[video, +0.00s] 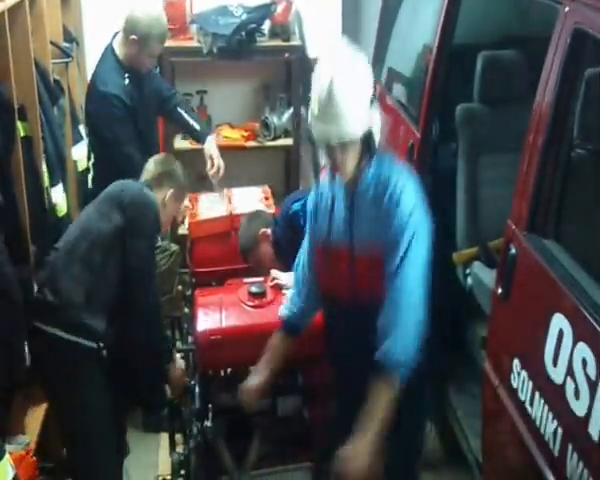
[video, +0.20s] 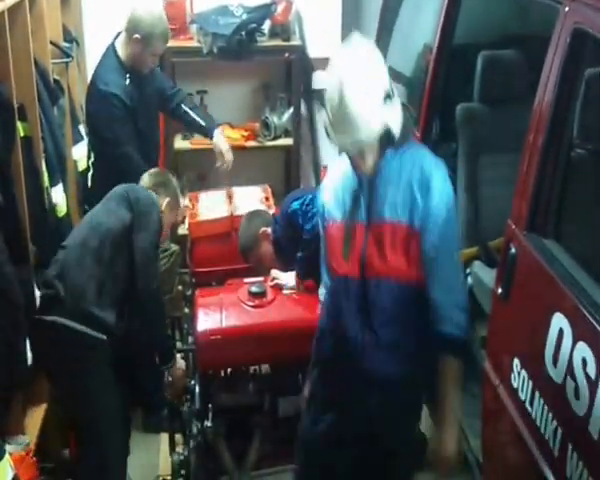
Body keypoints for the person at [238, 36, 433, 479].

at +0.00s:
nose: (334, 152)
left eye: (343, 139)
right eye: (326, 139)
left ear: (367, 130)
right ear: (317, 135)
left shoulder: (399, 191)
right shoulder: (325, 190)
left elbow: (406, 312)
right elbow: (304, 290)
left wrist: (367, 433)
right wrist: (264, 368)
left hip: (395, 348)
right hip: (345, 351)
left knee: (394, 464)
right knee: (339, 455)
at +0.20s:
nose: (362, 159)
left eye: (370, 142)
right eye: (350, 145)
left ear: (389, 113)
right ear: (333, 125)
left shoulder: (425, 175)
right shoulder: (333, 180)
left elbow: (449, 299)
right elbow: (329, 285)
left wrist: (449, 423)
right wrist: (317, 373)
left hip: (400, 373)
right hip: (337, 370)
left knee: (387, 467)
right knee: (320, 463)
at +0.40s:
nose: (337, 178)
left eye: (348, 170)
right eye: (334, 168)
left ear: (381, 159)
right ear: (334, 164)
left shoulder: (426, 214)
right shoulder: (340, 207)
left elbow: (449, 346)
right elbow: (334, 297)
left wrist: (439, 460)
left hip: (391, 400)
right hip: (332, 391)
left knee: (378, 472)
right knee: (318, 472)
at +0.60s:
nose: (324, 143)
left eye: (329, 130)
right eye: (319, 131)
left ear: (358, 119)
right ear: (319, 125)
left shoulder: (415, 177)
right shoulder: (344, 170)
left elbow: (424, 318)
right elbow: (326, 275)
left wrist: (365, 410)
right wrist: (285, 350)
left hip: (402, 359)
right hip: (353, 352)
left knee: (386, 468)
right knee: (332, 457)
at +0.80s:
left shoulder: (388, 234)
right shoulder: (351, 215)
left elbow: (359, 379)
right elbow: (323, 301)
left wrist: (284, 441)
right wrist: (271, 361)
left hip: (407, 402)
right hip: (370, 385)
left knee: (382, 470)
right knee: (339, 467)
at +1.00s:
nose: (335, 119)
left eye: (338, 110)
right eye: (337, 108)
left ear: (350, 120)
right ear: (396, 99)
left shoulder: (373, 198)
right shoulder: (410, 149)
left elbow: (382, 336)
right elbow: (428, 232)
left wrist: (345, 417)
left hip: (352, 331)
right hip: (403, 291)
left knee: (332, 434)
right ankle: (414, 435)